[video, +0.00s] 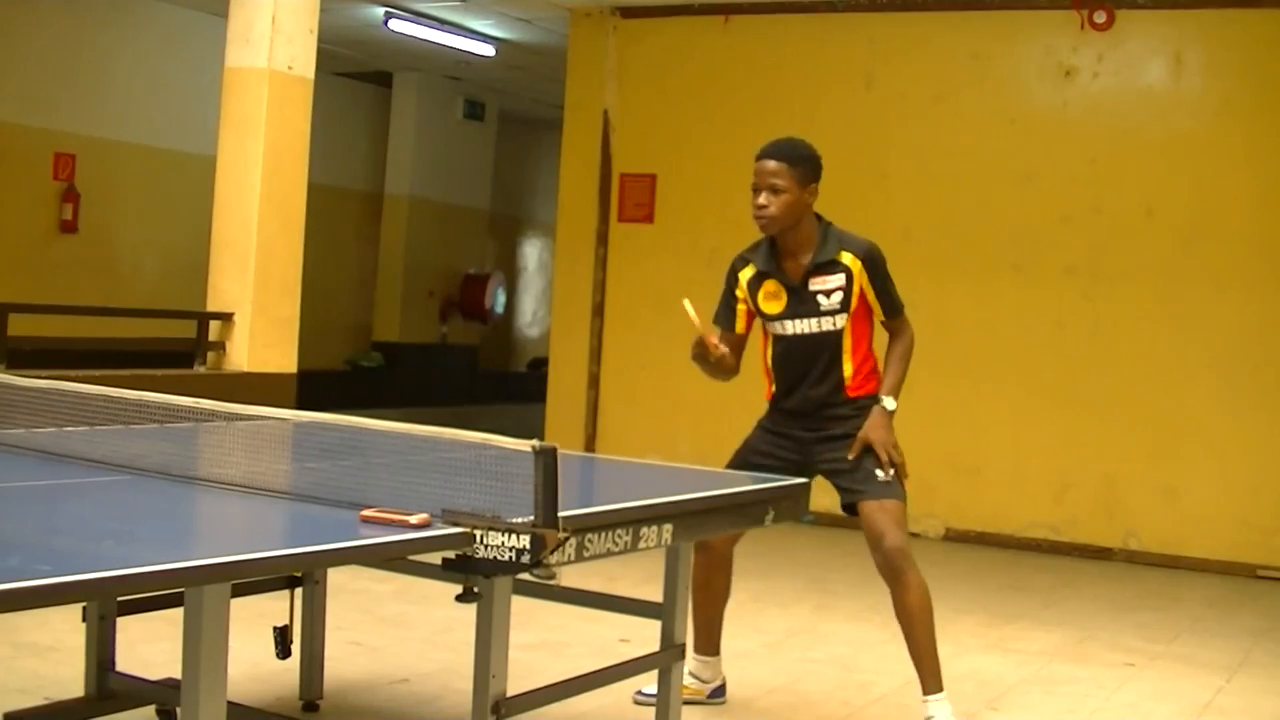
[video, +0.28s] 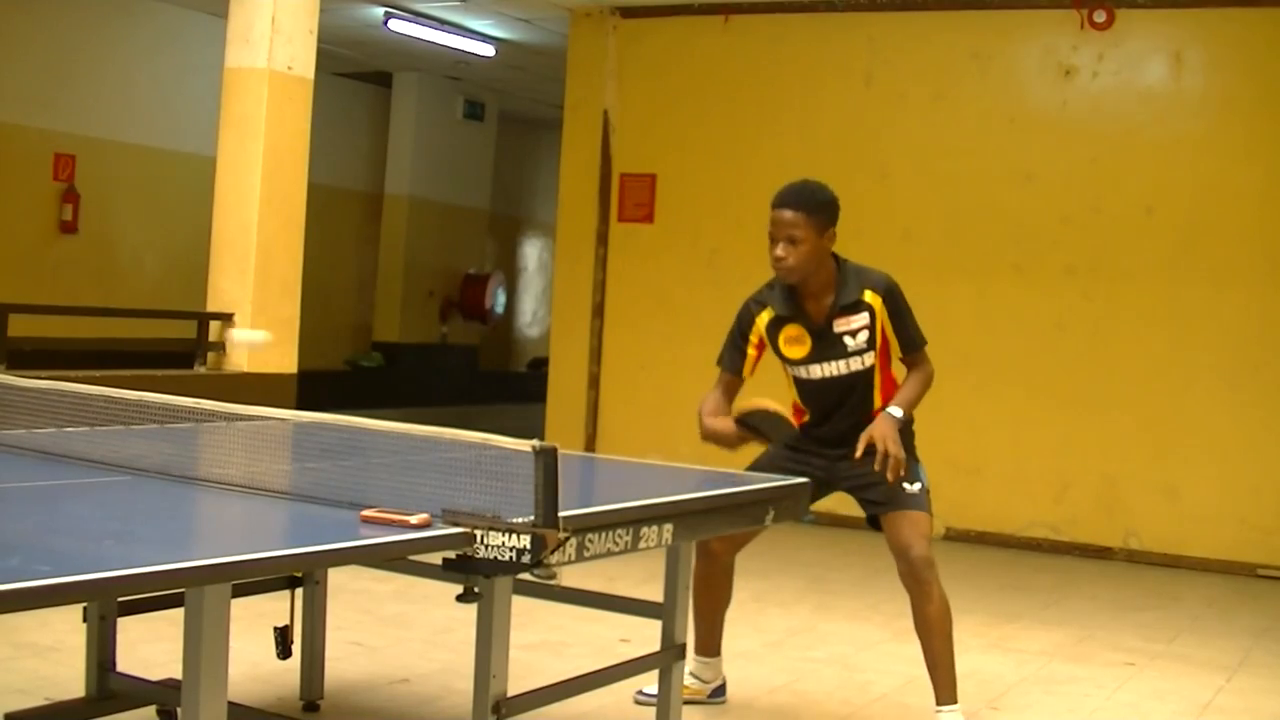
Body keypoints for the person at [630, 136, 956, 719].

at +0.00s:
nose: (758, 203)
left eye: (772, 191)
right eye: (755, 190)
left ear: (810, 193)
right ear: (753, 192)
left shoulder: (859, 257)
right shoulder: (748, 268)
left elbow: (900, 331)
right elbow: (728, 365)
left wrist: (884, 408)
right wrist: (709, 356)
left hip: (853, 427)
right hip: (782, 427)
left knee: (892, 549)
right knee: (710, 530)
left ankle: (935, 702)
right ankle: (704, 672)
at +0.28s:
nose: (778, 253)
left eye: (791, 241)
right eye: (773, 240)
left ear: (827, 239)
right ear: (769, 238)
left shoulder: (877, 292)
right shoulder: (762, 310)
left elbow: (920, 366)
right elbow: (720, 394)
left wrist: (892, 415)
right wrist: (719, 424)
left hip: (878, 444)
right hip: (804, 446)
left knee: (917, 559)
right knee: (714, 542)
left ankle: (949, 710)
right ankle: (704, 674)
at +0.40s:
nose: (778, 279)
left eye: (790, 267)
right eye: (772, 265)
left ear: (828, 260)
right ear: (766, 260)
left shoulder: (877, 301)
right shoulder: (763, 325)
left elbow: (921, 372)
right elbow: (710, 407)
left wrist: (900, 409)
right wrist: (722, 457)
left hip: (878, 443)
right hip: (807, 445)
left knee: (918, 558)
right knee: (713, 542)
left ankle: (949, 708)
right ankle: (704, 674)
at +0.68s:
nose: (778, 250)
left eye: (790, 238)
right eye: (772, 236)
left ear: (826, 229)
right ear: (766, 230)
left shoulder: (874, 279)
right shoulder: (753, 287)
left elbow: (907, 346)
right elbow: (666, 334)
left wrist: (894, 371)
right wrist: (614, 308)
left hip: (863, 440)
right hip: (785, 440)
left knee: (907, 553)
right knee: (705, 541)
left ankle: (933, 707)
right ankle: (702, 673)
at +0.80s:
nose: (772, 231)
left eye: (785, 219)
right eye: (767, 218)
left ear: (823, 216)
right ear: (763, 215)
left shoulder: (869, 276)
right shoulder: (750, 276)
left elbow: (903, 353)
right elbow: (653, 310)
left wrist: (886, 364)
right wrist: (592, 255)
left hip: (855, 439)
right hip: (776, 436)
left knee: (906, 555)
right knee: (691, 539)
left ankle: (925, 707)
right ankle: (684, 659)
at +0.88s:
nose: (762, 231)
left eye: (775, 219)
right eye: (758, 218)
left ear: (813, 221)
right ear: (755, 219)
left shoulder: (857, 287)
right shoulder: (742, 284)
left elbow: (892, 375)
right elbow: (649, 323)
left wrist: (860, 368)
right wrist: (602, 269)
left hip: (844, 450)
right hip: (766, 448)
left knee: (902, 557)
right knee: (680, 550)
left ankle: (924, 709)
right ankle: (673, 669)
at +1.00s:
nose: (724, 215)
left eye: (738, 204)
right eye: (722, 203)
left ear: (776, 206)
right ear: (722, 204)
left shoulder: (822, 268)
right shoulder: (720, 275)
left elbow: (847, 360)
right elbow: (652, 345)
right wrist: (609, 305)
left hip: (824, 442)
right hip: (748, 438)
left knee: (869, 559)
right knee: (659, 526)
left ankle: (915, 708)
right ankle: (669, 664)